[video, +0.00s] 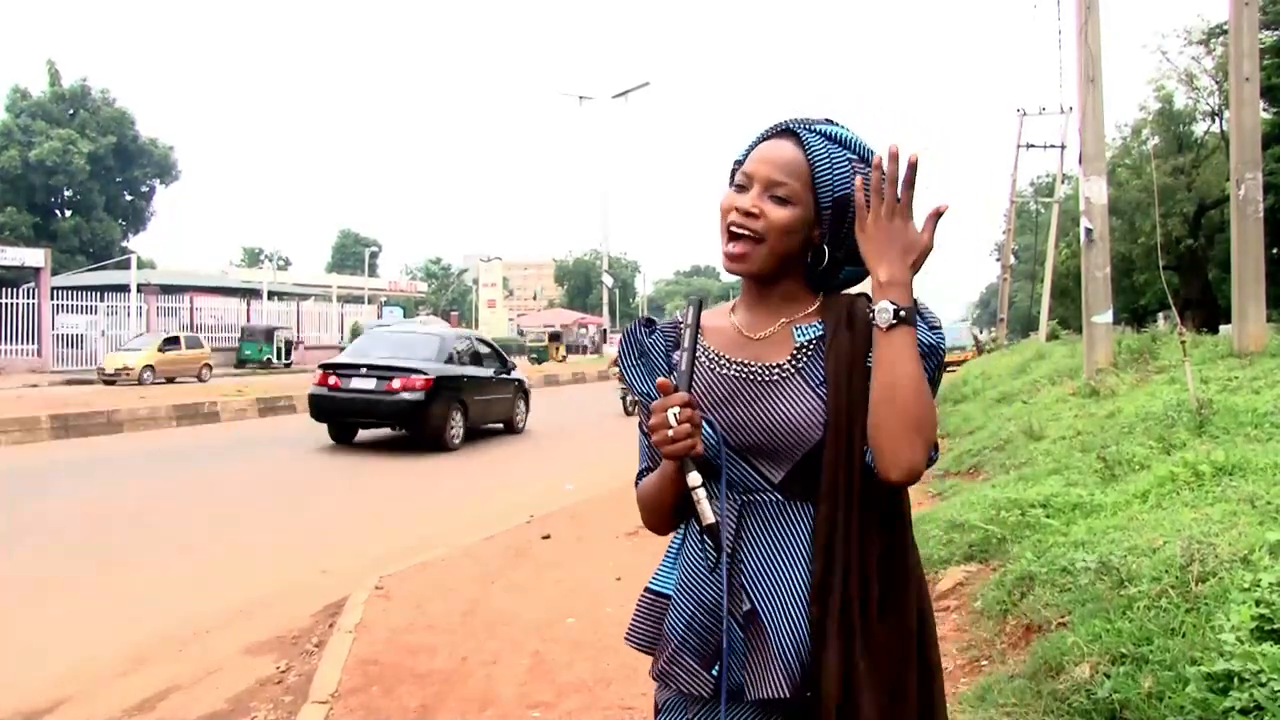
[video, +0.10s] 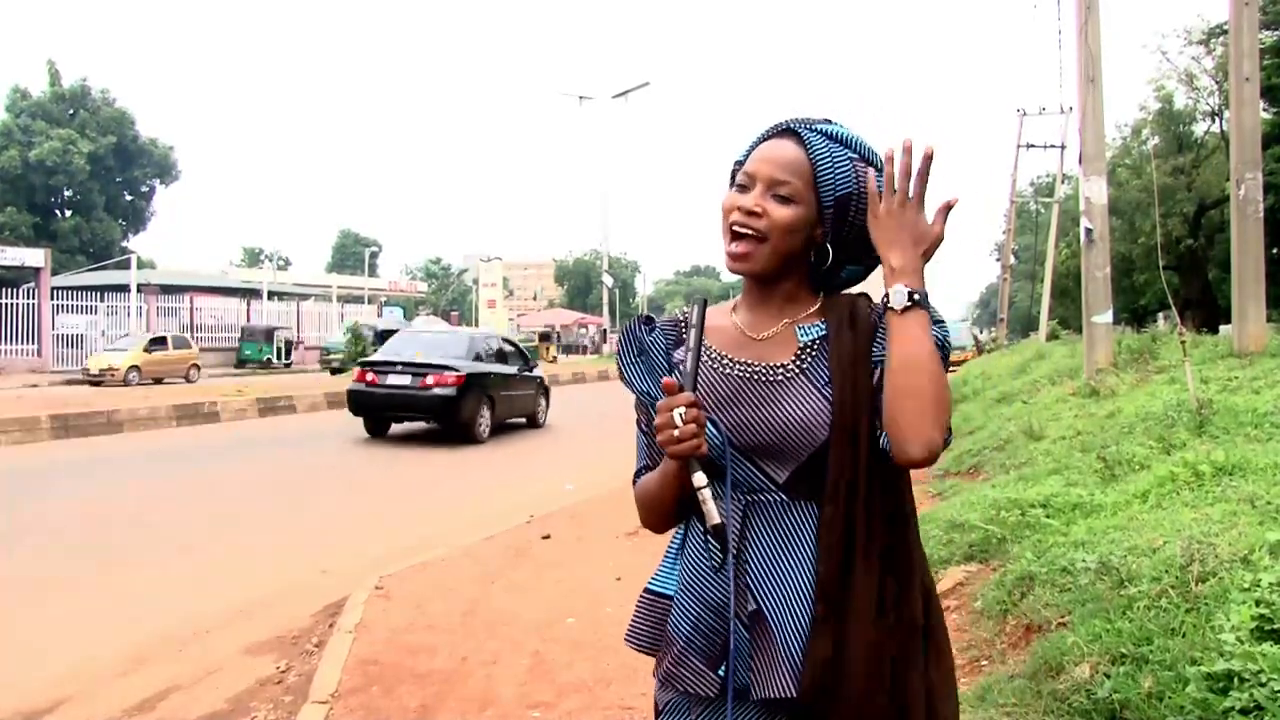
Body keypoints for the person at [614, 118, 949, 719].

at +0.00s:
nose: (745, 207)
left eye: (778, 197)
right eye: (741, 185)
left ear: (820, 230)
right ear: (723, 193)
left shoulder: (873, 330)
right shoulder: (677, 341)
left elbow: (902, 461)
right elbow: (656, 518)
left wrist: (891, 284)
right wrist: (671, 461)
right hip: (707, 629)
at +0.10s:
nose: (748, 207)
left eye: (781, 196)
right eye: (742, 185)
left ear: (822, 229)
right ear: (725, 195)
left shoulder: (868, 328)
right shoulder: (676, 339)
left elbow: (919, 444)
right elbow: (653, 515)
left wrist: (904, 273)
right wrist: (676, 458)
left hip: (835, 633)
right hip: (710, 630)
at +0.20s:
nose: (743, 204)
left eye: (776, 194)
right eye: (739, 184)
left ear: (821, 225)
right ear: (726, 191)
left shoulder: (871, 326)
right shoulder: (678, 339)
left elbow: (937, 412)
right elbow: (653, 515)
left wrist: (922, 265)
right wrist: (681, 459)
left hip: (836, 627)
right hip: (714, 628)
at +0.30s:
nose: (747, 205)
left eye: (778, 193)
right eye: (740, 186)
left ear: (825, 220)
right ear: (726, 196)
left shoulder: (872, 321)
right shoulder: (684, 340)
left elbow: (952, 384)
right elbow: (661, 516)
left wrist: (935, 253)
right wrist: (689, 460)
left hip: (847, 631)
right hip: (723, 630)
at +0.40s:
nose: (753, 205)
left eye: (783, 192)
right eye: (743, 189)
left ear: (829, 217)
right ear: (729, 204)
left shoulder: (876, 317)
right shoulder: (689, 339)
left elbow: (958, 371)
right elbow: (672, 516)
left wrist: (942, 228)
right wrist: (700, 459)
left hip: (852, 624)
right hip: (730, 625)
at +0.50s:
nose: (762, 206)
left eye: (791, 191)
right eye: (751, 191)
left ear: (838, 214)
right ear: (736, 209)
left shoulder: (891, 317)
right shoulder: (701, 344)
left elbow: (972, 394)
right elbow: (686, 518)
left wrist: (940, 222)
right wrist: (714, 459)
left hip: (875, 630)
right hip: (745, 633)